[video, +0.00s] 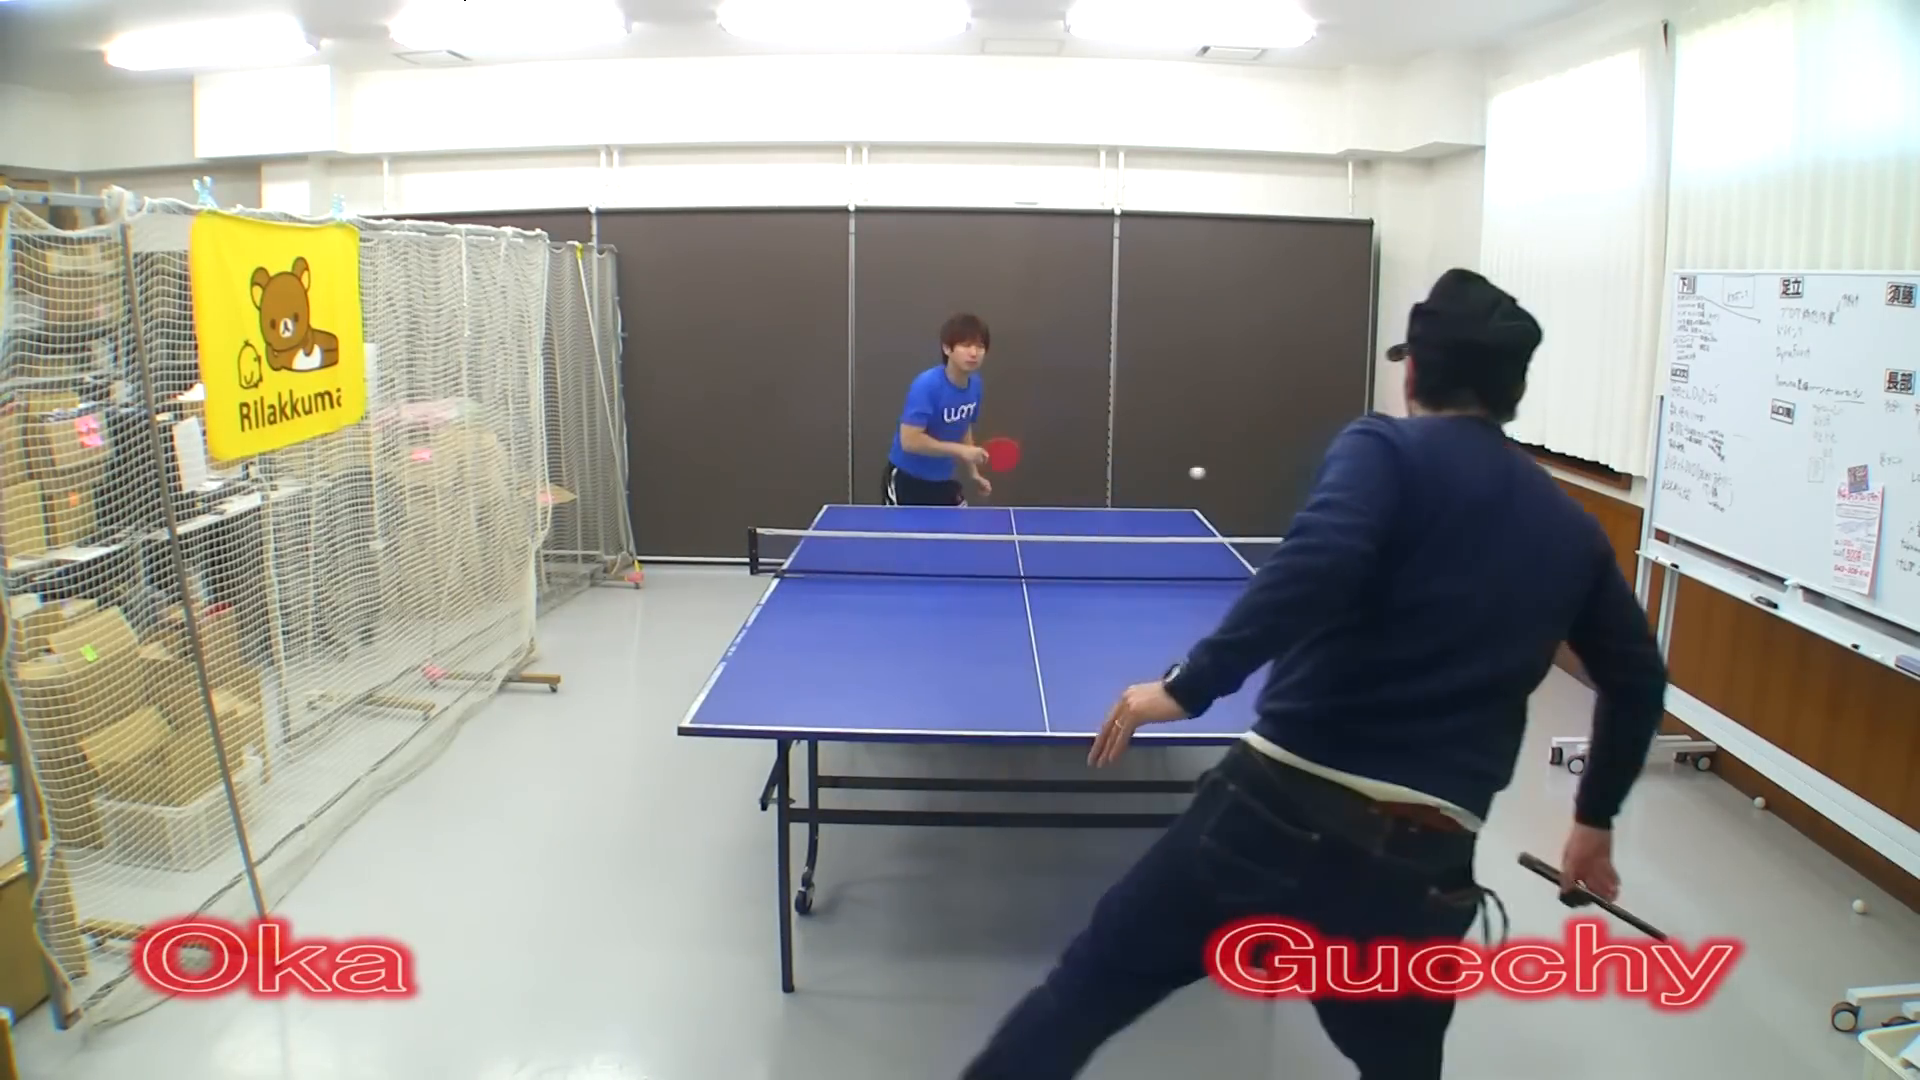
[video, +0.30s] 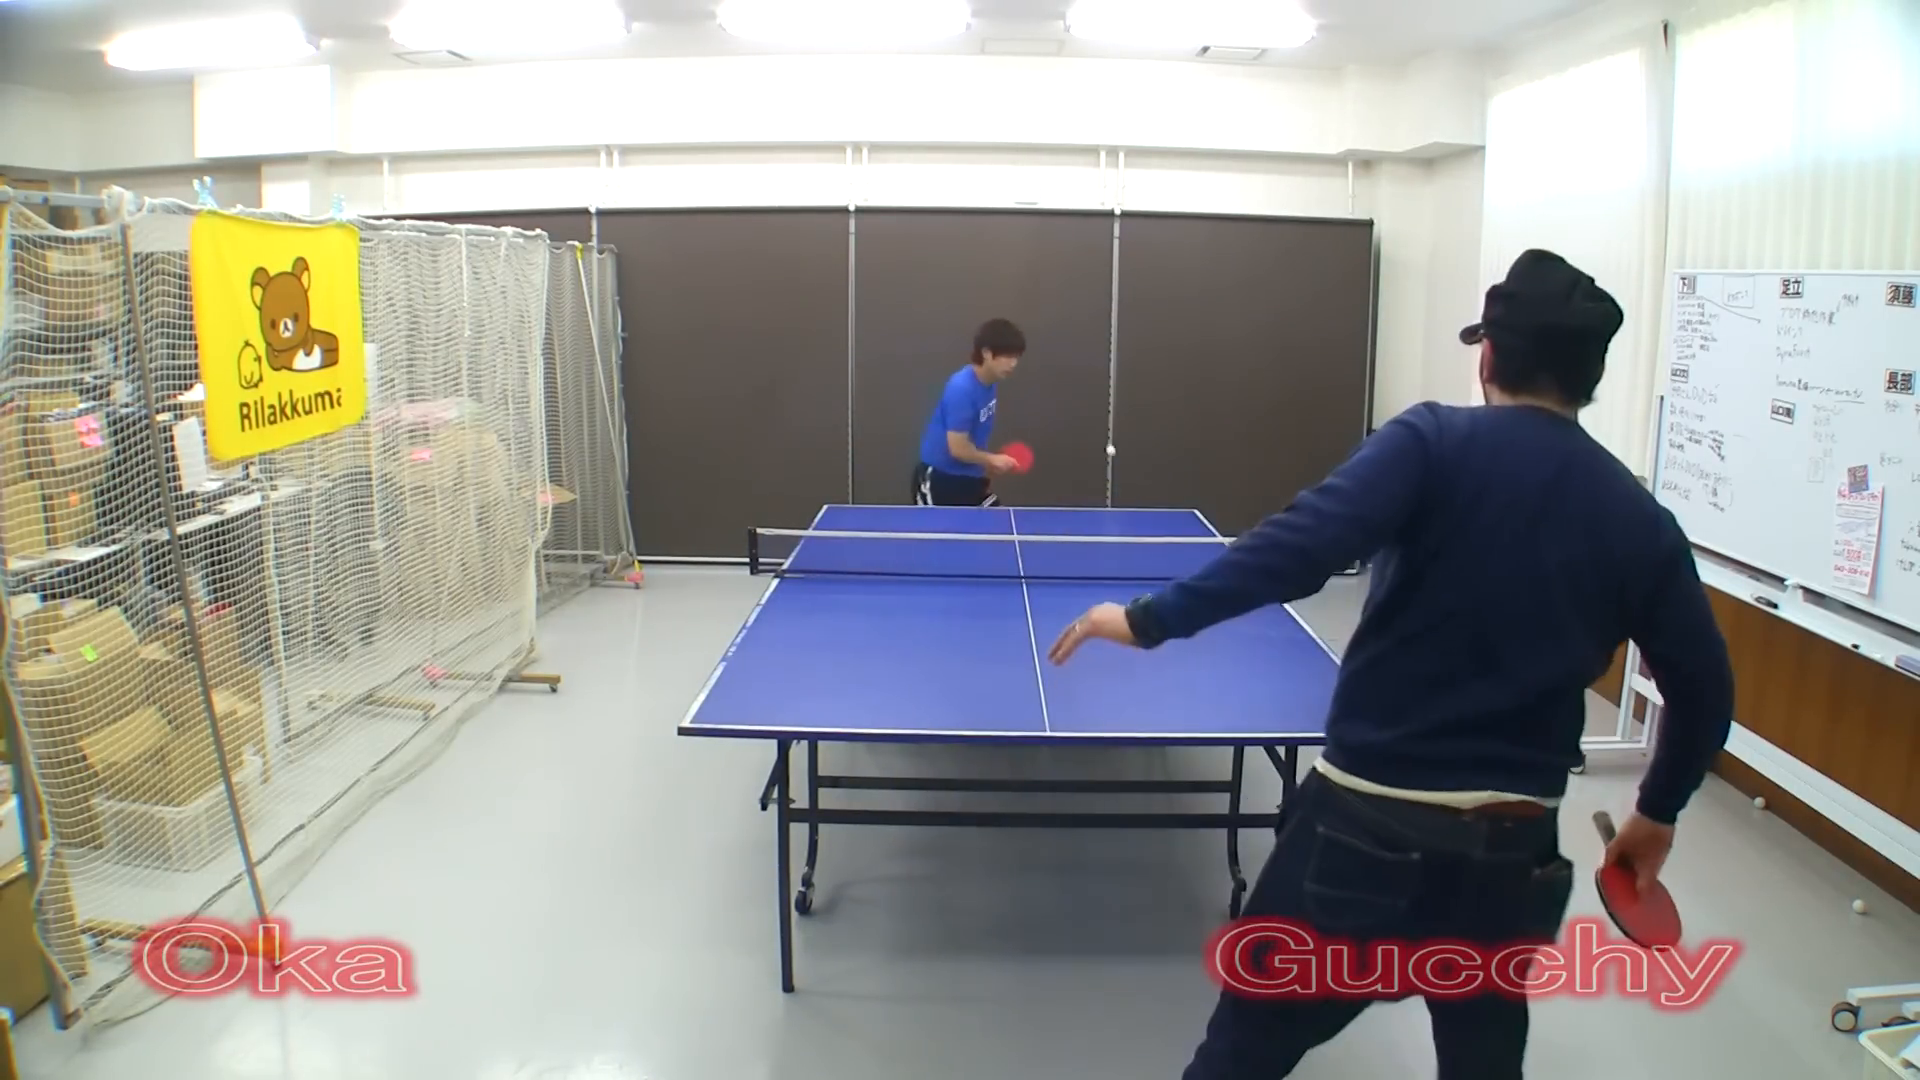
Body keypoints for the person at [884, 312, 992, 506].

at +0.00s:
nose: (973, 353)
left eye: (979, 346)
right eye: (965, 346)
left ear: (986, 351)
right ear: (947, 349)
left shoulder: (974, 385)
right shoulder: (926, 385)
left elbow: (964, 431)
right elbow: (910, 441)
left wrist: (973, 473)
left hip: (943, 480)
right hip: (908, 480)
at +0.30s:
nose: (1013, 364)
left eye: (1016, 357)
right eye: (1007, 356)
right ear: (987, 354)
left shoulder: (988, 384)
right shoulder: (961, 387)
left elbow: (973, 437)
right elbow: (958, 448)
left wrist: (986, 466)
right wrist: (991, 460)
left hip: (971, 479)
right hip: (941, 480)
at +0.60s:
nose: (1038, 355)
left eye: (1037, 349)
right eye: (1032, 349)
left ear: (1010, 351)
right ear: (1011, 351)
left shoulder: (976, 361)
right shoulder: (1008, 396)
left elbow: (943, 382)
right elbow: (1013, 447)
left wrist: (961, 415)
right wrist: (1054, 437)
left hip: (938, 462)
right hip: (961, 470)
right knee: (1001, 528)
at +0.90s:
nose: (1021, 316)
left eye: (1021, 309)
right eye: (1011, 312)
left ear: (1028, 314)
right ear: (995, 324)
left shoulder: (982, 349)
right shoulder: (1003, 361)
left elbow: (961, 388)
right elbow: (997, 413)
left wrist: (952, 430)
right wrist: (1017, 442)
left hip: (960, 444)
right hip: (977, 447)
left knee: (974, 520)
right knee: (1000, 519)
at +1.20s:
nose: (1016, 313)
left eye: (1020, 307)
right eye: (1007, 309)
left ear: (1027, 314)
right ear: (994, 320)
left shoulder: (1012, 356)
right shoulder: (994, 358)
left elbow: (1008, 405)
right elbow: (987, 406)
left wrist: (1021, 444)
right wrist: (1016, 445)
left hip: (1004, 447)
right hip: (988, 446)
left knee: (1020, 515)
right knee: (994, 521)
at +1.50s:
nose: (1028, 315)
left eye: (1034, 308)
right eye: (1022, 310)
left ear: (1047, 315)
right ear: (1015, 319)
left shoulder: (1062, 350)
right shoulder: (1005, 360)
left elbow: (1071, 390)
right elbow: (979, 401)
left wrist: (1087, 432)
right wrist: (1011, 426)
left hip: (1046, 442)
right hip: (1015, 443)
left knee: (1040, 514)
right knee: (1029, 513)